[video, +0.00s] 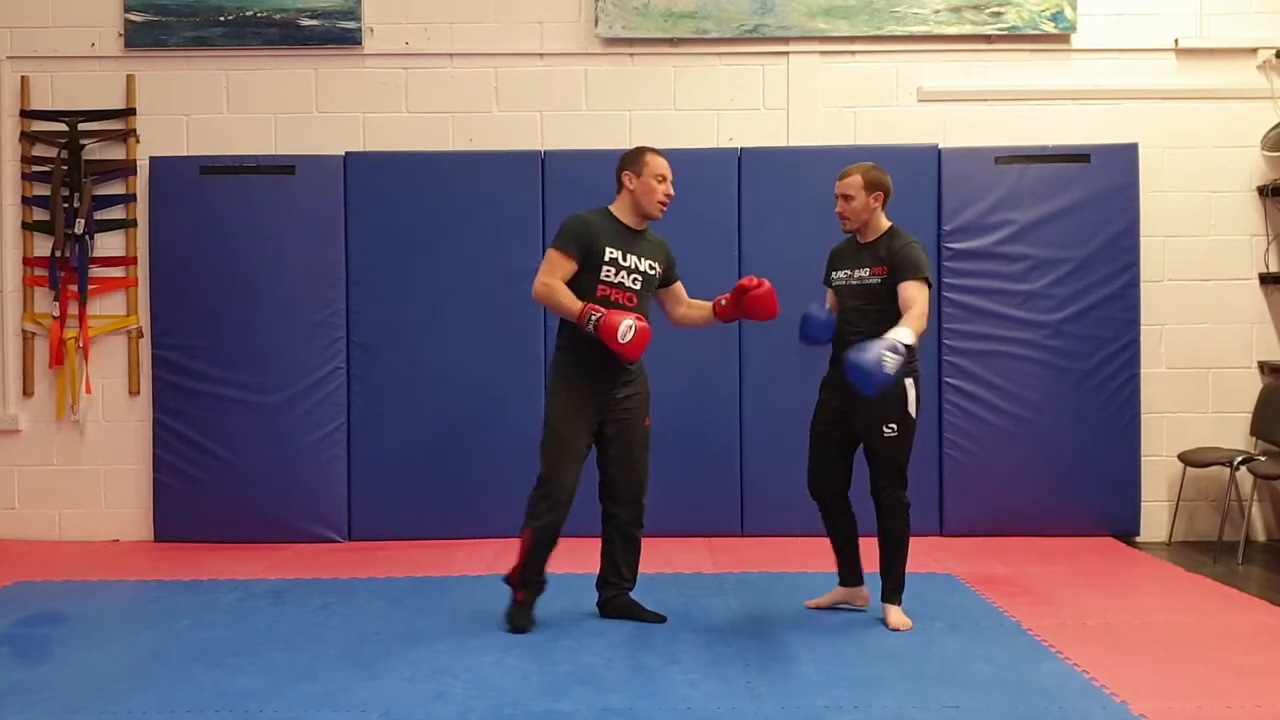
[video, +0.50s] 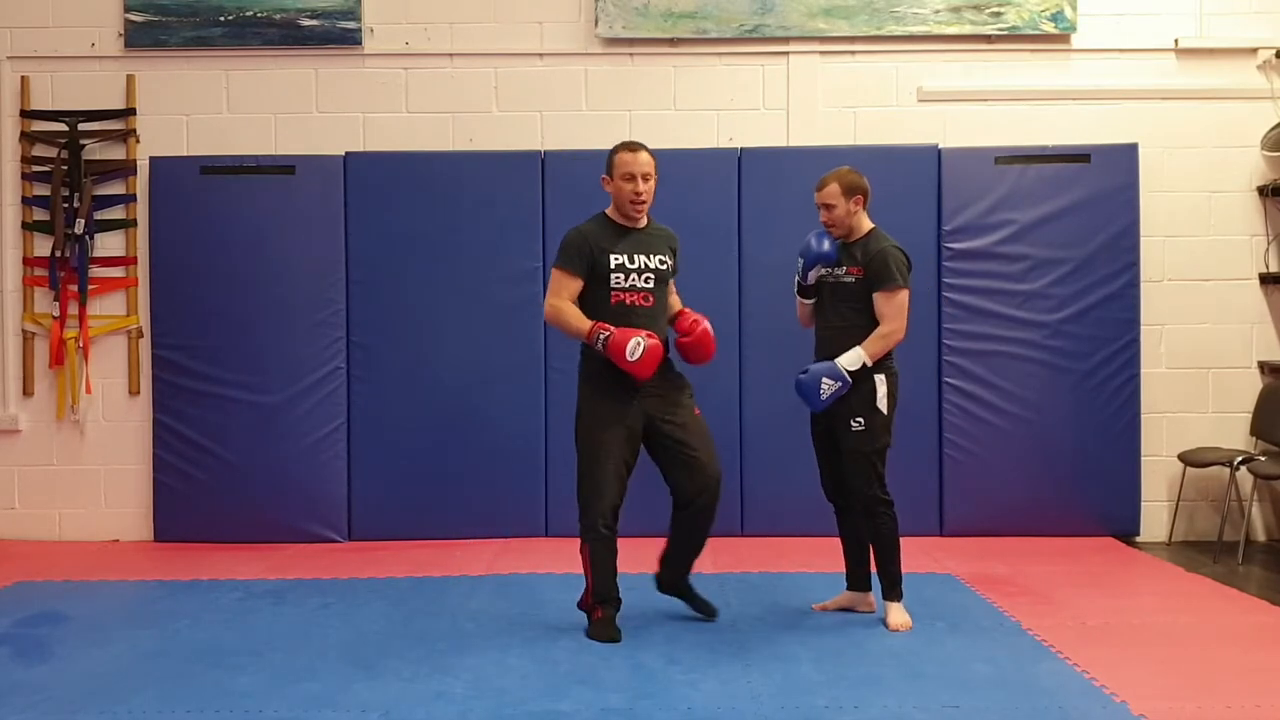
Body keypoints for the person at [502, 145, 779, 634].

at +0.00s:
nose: (668, 190)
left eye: (670, 182)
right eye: (659, 179)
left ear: (660, 188)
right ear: (629, 181)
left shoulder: (659, 251)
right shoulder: (584, 228)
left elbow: (681, 310)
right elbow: (544, 287)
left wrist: (727, 307)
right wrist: (595, 318)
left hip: (628, 384)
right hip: (576, 379)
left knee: (627, 492)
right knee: (557, 487)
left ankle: (615, 594)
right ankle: (524, 592)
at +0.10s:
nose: (671, 191)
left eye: (674, 183)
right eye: (662, 180)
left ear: (671, 189)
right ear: (632, 181)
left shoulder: (663, 251)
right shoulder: (589, 227)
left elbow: (674, 315)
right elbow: (547, 286)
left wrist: (719, 314)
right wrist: (595, 319)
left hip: (633, 380)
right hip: (582, 375)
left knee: (631, 489)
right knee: (579, 485)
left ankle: (616, 593)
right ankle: (567, 598)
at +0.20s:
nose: (663, 189)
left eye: (669, 181)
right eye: (654, 178)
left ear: (671, 188)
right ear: (627, 180)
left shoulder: (663, 249)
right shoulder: (589, 230)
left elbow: (672, 313)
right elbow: (548, 291)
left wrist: (711, 335)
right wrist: (598, 325)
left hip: (641, 379)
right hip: (590, 377)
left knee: (640, 486)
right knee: (598, 484)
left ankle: (622, 593)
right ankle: (600, 603)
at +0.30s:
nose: (648, 187)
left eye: (655, 178)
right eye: (638, 176)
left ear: (662, 186)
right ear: (616, 182)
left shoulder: (662, 248)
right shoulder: (585, 237)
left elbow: (667, 313)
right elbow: (549, 299)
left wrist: (695, 341)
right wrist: (602, 334)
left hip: (648, 385)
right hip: (596, 386)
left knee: (665, 489)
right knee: (607, 493)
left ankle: (626, 585)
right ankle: (601, 606)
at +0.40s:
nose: (637, 190)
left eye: (645, 180)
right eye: (627, 180)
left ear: (656, 186)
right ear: (608, 186)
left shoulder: (662, 247)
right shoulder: (585, 241)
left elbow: (658, 304)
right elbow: (552, 305)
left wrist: (679, 329)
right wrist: (603, 339)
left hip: (656, 387)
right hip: (602, 389)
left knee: (693, 482)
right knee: (601, 499)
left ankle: (644, 569)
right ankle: (601, 606)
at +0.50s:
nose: (640, 188)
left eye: (647, 178)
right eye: (629, 179)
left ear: (655, 182)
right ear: (608, 183)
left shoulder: (665, 242)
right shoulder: (584, 240)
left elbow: (666, 294)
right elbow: (556, 307)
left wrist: (686, 322)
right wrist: (606, 336)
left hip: (664, 385)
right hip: (608, 389)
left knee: (703, 480)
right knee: (601, 500)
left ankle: (674, 573)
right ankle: (602, 607)